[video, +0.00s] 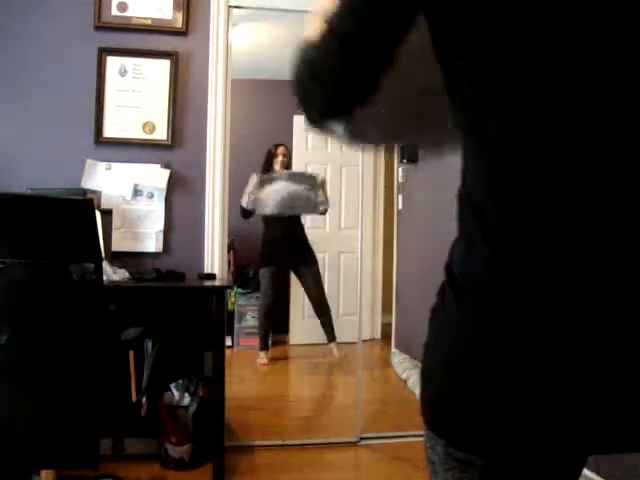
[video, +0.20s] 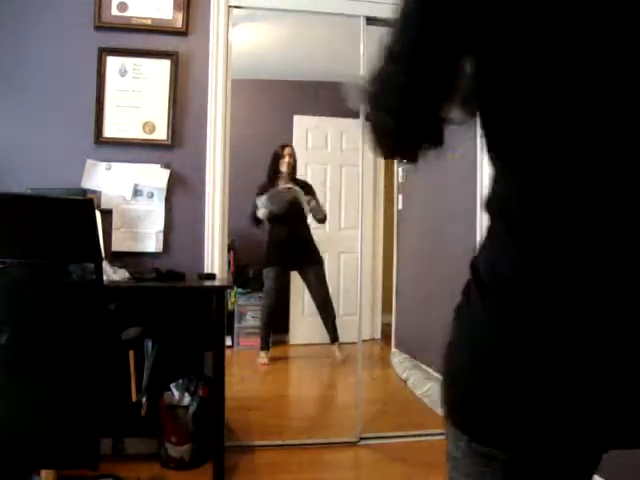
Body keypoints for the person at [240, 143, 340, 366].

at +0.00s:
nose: (282, 159)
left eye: (285, 156)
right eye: (278, 155)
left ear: (290, 159)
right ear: (270, 158)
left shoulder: (297, 182)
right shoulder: (261, 182)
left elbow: (321, 210)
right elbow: (245, 213)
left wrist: (321, 189)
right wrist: (252, 188)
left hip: (297, 243)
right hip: (272, 245)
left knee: (317, 294)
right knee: (267, 299)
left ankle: (332, 342)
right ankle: (264, 350)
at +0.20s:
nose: (288, 160)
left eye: (291, 157)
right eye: (284, 157)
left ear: (295, 161)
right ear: (276, 160)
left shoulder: (303, 187)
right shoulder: (266, 189)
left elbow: (321, 217)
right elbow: (257, 220)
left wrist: (306, 199)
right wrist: (269, 203)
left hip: (303, 247)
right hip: (277, 250)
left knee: (321, 295)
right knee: (270, 300)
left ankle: (335, 343)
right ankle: (264, 349)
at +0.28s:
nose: (298, 162)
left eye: (301, 159)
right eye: (293, 159)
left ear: (305, 163)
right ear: (286, 164)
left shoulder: (314, 190)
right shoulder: (278, 191)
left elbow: (327, 223)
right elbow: (267, 223)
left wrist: (315, 213)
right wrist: (291, 220)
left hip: (313, 252)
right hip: (286, 254)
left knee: (326, 300)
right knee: (276, 302)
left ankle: (334, 346)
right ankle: (265, 349)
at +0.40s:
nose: (309, 163)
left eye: (312, 159)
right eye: (304, 159)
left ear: (317, 163)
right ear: (297, 164)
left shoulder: (327, 191)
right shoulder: (289, 191)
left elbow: (344, 218)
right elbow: (273, 221)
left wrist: (344, 222)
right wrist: (281, 230)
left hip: (321, 252)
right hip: (293, 254)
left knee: (330, 302)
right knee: (281, 300)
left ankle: (334, 347)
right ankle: (265, 347)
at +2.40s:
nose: (309, 171)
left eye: (313, 167)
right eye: (305, 167)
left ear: (318, 169)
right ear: (300, 171)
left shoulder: (328, 197)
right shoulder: (290, 193)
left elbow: (335, 230)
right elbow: (275, 223)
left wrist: (333, 220)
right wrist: (281, 211)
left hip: (318, 257)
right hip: (291, 256)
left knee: (334, 299)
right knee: (270, 298)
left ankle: (337, 347)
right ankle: (248, 347)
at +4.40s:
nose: (292, 172)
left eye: (295, 169)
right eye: (288, 169)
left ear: (300, 174)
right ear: (281, 174)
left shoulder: (309, 201)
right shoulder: (272, 199)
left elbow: (321, 233)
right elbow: (252, 229)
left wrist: (308, 238)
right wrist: (270, 234)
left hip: (297, 261)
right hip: (270, 261)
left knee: (328, 301)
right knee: (249, 301)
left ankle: (336, 348)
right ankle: (240, 349)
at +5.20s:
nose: (302, 183)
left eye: (305, 180)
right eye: (298, 180)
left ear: (310, 184)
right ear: (291, 183)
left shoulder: (316, 211)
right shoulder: (278, 209)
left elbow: (331, 242)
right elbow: (261, 238)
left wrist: (338, 224)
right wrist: (258, 215)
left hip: (307, 272)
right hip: (277, 272)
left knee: (341, 302)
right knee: (244, 302)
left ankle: (341, 347)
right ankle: (239, 350)